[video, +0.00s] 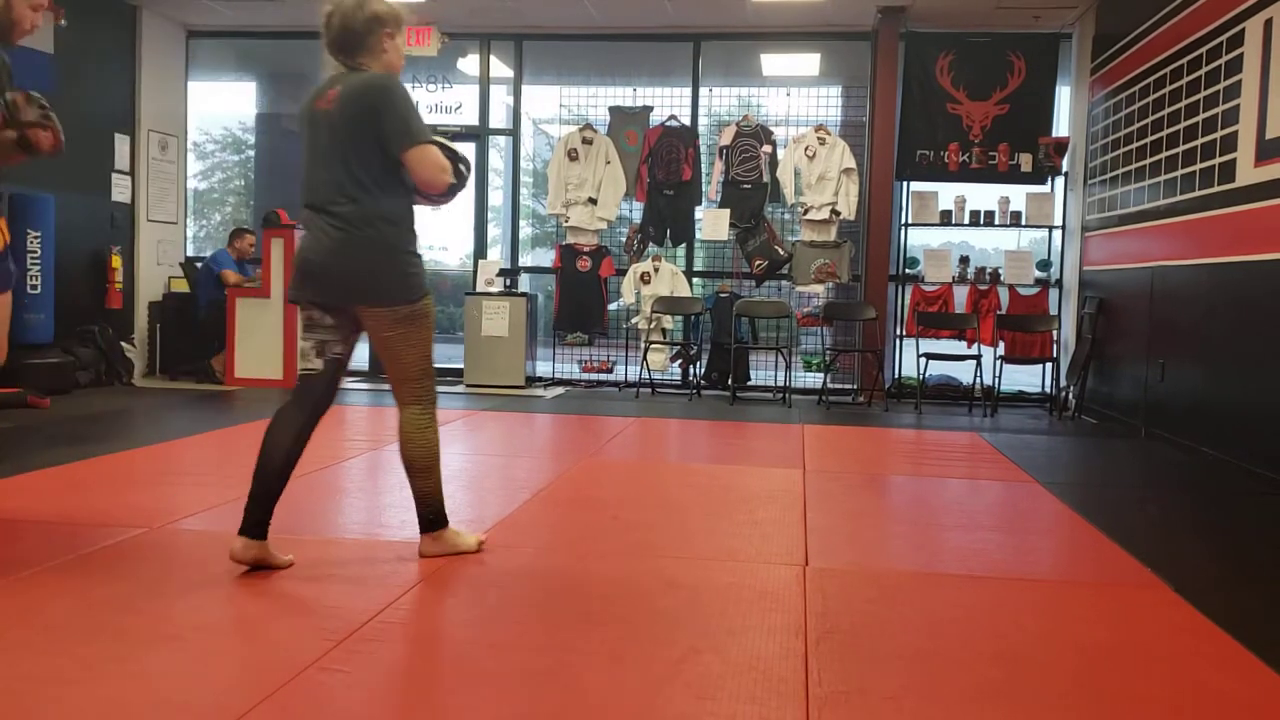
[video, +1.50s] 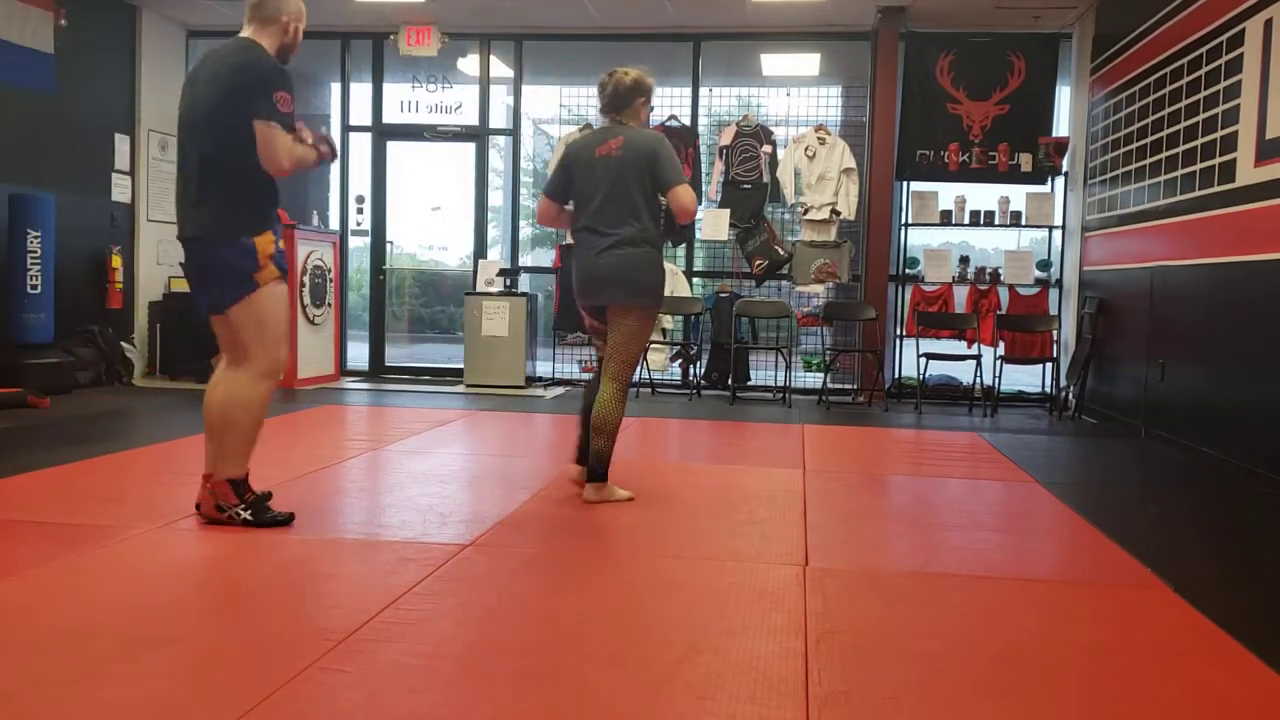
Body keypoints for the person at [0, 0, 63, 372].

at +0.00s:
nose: (37, 23)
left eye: (42, 15)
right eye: (35, 10)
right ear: (10, 2)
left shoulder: (6, 62)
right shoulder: (4, 61)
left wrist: (23, 140)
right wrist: (19, 140)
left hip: (2, 205)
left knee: (5, 277)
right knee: (4, 278)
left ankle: (4, 377)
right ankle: (4, 376)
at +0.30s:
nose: (69, 21)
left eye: (73, 11)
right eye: (71, 8)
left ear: (41, 3)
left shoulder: (16, 50)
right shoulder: (3, 44)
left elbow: (16, 120)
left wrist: (56, 100)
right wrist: (45, 108)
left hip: (13, 208)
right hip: (5, 209)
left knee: (47, 335)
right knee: (45, 335)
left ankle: (40, 460)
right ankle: (40, 459)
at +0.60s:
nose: (140, 39)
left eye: (142, 29)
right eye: (138, 26)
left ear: (107, 18)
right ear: (111, 18)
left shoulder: (83, 71)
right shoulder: (49, 54)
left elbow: (90, 149)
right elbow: (29, 129)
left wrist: (131, 115)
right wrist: (106, 140)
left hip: (85, 229)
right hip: (40, 230)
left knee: (85, 362)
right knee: (35, 360)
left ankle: (90, 475)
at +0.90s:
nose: (201, 32)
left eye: (203, 22)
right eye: (195, 19)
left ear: (168, 18)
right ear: (158, 12)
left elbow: (162, 171)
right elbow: (51, 130)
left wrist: (193, 146)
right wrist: (127, 137)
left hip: (138, 223)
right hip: (112, 225)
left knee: (103, 361)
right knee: (162, 352)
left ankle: (92, 476)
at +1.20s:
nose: (264, 37)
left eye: (266, 26)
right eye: (263, 24)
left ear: (222, 16)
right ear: (237, 17)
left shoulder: (182, 62)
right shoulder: (199, 65)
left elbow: (199, 158)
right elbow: (209, 161)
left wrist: (252, 152)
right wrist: (266, 151)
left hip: (175, 227)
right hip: (191, 229)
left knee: (202, 353)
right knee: (213, 365)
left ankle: (129, 444)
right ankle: (220, 492)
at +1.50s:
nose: (299, 43)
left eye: (301, 33)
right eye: (301, 32)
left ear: (249, 17)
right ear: (289, 23)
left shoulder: (209, 65)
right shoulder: (261, 68)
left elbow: (227, 150)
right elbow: (278, 160)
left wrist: (296, 142)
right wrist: (314, 152)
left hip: (203, 234)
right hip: (243, 232)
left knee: (235, 358)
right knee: (264, 362)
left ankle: (217, 486)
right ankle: (229, 491)